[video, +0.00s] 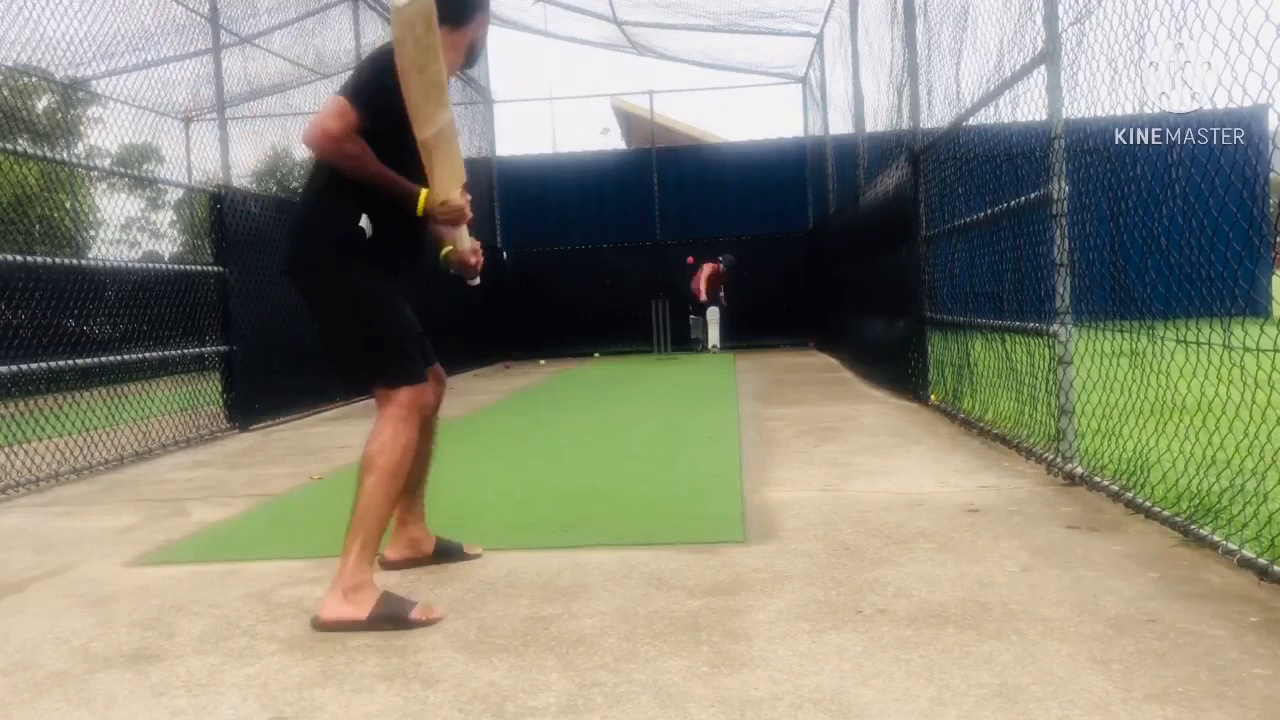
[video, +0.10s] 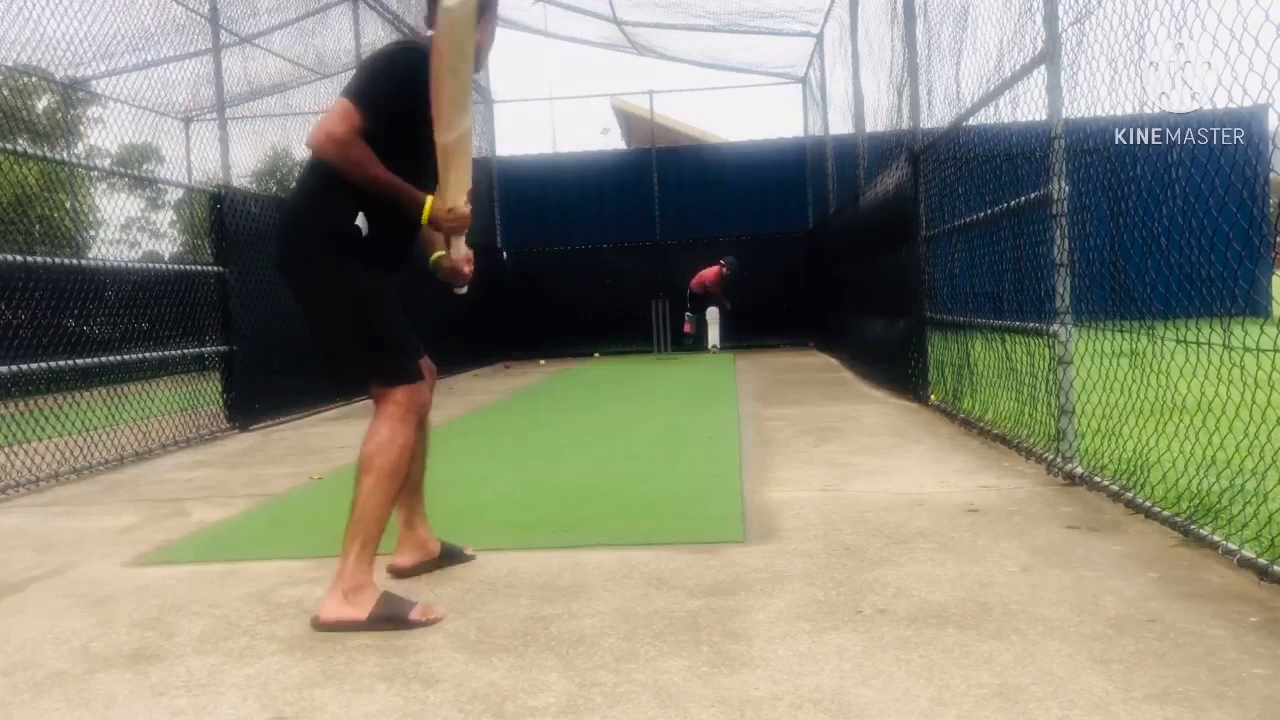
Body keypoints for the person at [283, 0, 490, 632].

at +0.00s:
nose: (474, 52)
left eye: (478, 39)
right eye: (476, 37)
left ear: (438, 25)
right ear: (461, 26)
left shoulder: (424, 83)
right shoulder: (396, 62)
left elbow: (421, 184)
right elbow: (326, 134)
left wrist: (454, 239)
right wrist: (419, 197)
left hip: (370, 255)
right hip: (334, 254)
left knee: (428, 383)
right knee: (406, 394)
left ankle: (409, 534)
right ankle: (350, 590)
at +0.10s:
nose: (487, 35)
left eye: (490, 23)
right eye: (481, 20)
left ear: (475, 28)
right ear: (450, 20)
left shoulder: (446, 89)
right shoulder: (406, 61)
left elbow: (402, 188)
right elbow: (332, 137)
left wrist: (441, 250)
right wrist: (424, 205)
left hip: (364, 250)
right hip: (325, 247)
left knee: (418, 377)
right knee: (400, 394)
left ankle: (415, 539)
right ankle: (350, 591)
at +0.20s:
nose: (497, 44)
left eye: (497, 31)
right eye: (498, 30)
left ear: (443, 21)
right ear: (484, 28)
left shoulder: (426, 86)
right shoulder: (411, 66)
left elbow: (385, 197)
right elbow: (332, 148)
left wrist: (415, 266)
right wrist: (422, 223)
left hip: (350, 255)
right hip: (325, 253)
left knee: (421, 379)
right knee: (401, 397)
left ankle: (409, 548)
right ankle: (350, 592)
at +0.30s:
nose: (497, 47)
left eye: (497, 34)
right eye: (496, 32)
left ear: (442, 27)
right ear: (482, 33)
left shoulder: (431, 97)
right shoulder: (403, 68)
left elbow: (398, 204)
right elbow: (333, 151)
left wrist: (440, 255)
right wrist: (442, 201)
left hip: (356, 254)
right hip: (322, 253)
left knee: (421, 384)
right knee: (408, 398)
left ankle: (407, 548)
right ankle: (350, 592)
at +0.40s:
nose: (491, 52)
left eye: (492, 40)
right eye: (489, 38)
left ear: (437, 27)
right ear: (471, 37)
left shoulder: (432, 100)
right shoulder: (400, 75)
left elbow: (459, 197)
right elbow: (386, 171)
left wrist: (514, 205)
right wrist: (491, 143)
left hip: (355, 264)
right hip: (329, 264)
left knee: (412, 402)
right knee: (426, 409)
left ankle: (411, 549)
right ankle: (349, 591)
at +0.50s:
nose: (476, 35)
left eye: (477, 23)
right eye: (476, 24)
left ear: (414, 14)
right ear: (460, 23)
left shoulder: (364, 48)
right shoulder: (430, 73)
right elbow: (473, 184)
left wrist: (504, 142)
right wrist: (525, 130)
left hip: (304, 249)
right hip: (356, 256)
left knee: (393, 408)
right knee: (439, 418)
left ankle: (410, 549)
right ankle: (350, 592)